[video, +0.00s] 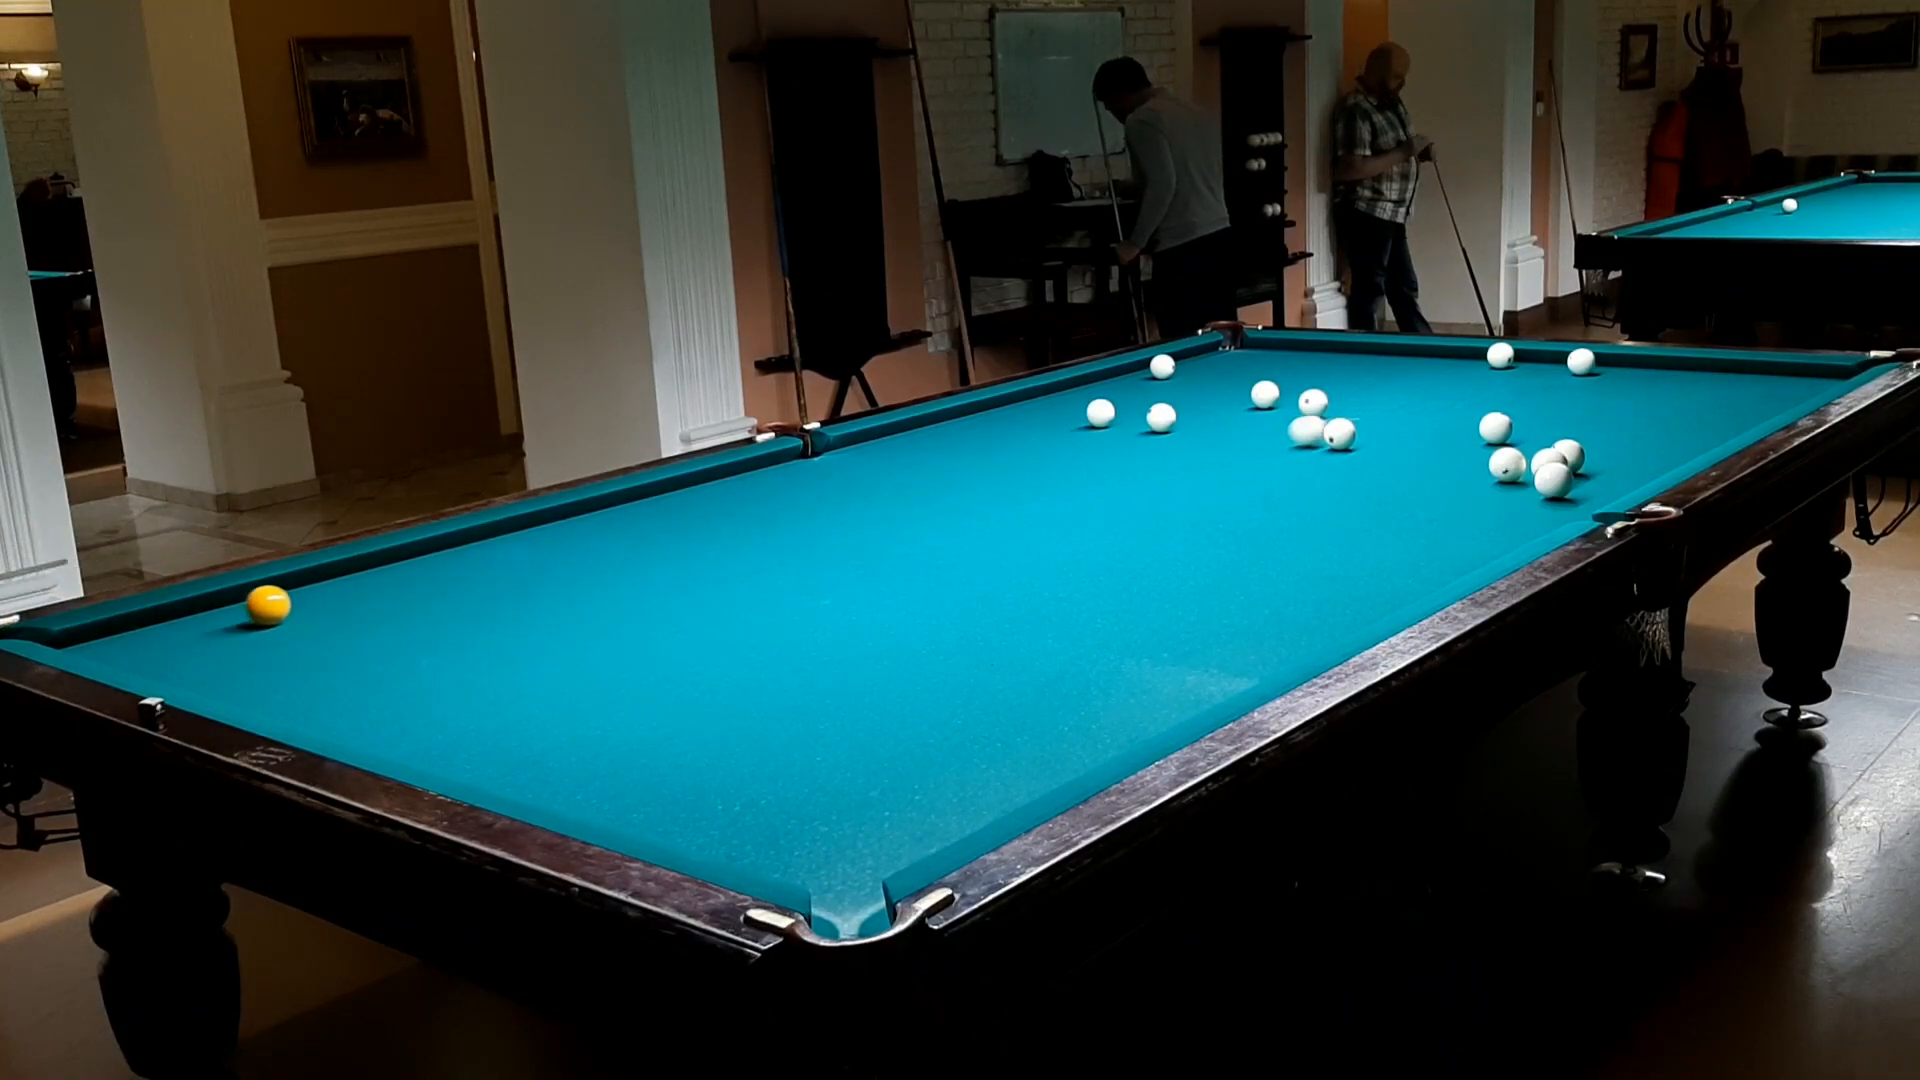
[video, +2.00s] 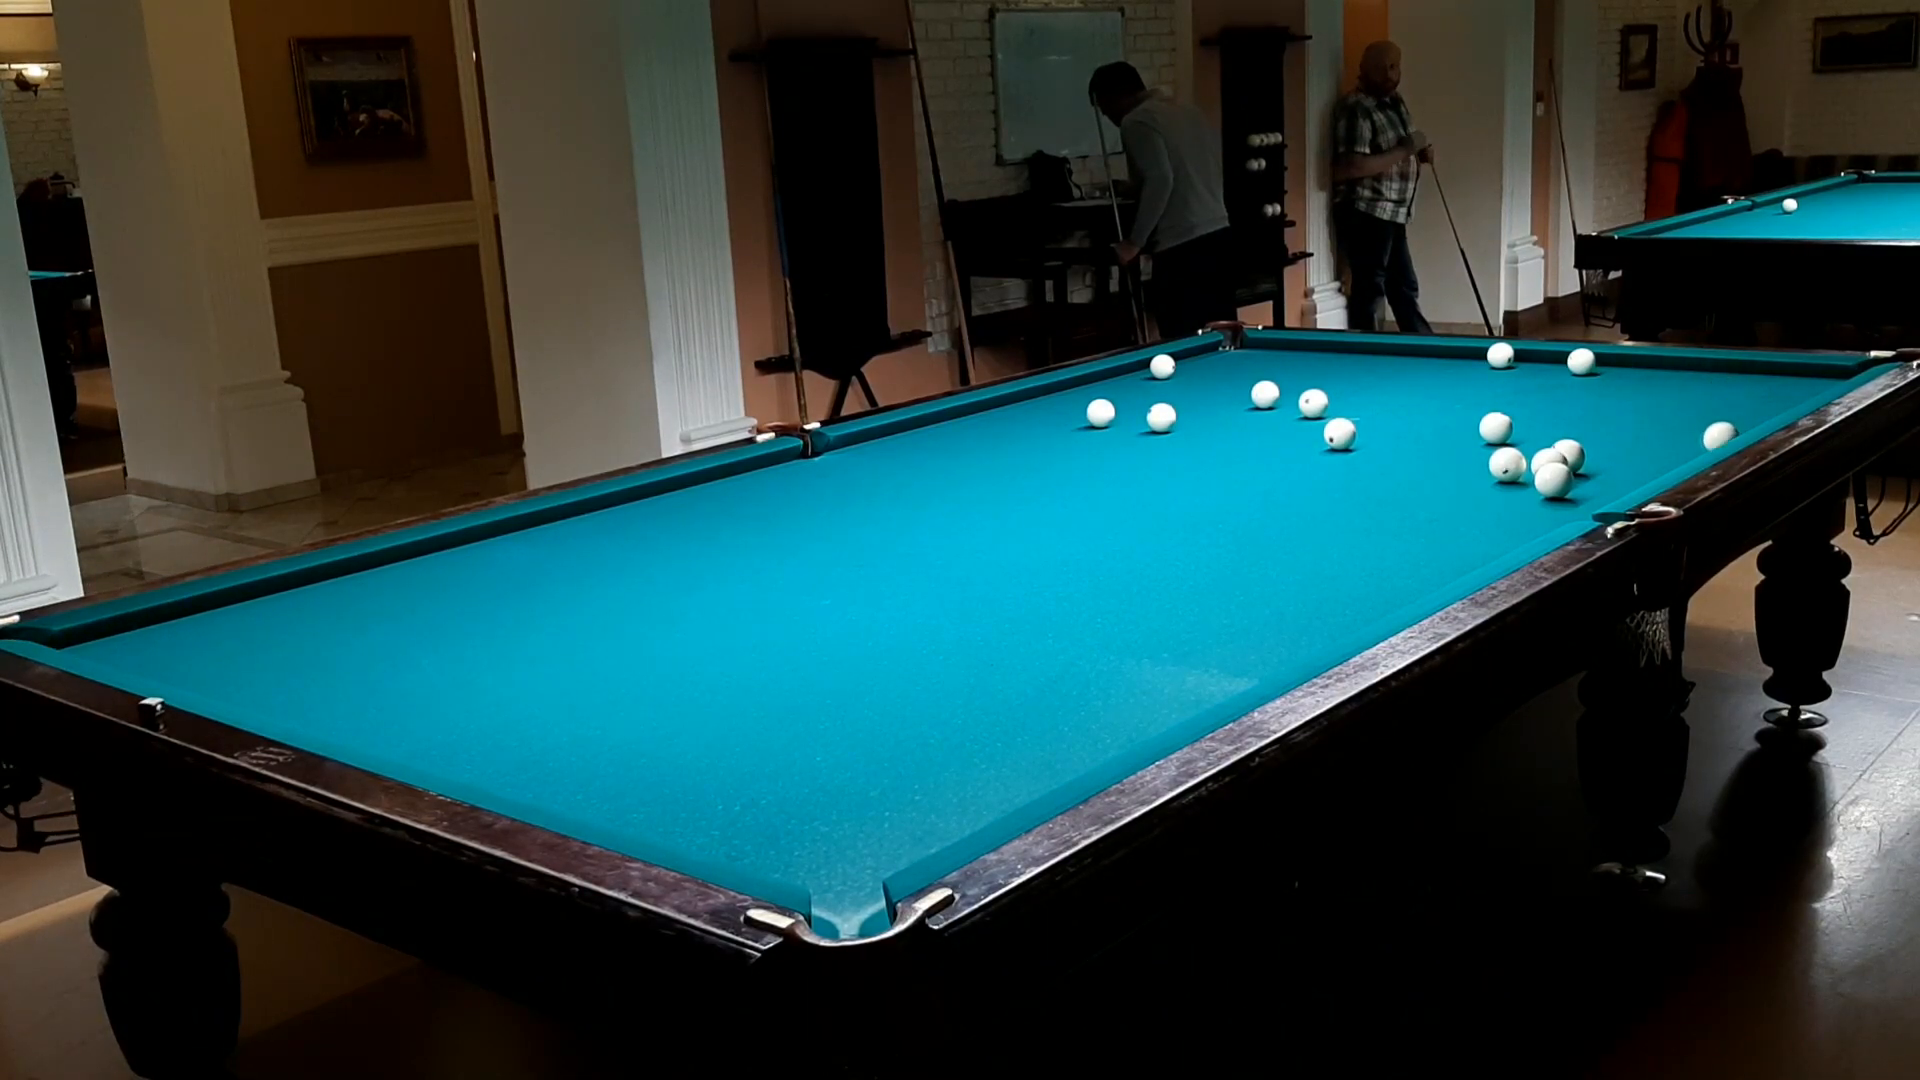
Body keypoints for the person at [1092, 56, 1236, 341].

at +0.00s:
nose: (1114, 115)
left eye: (1110, 105)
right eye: (1108, 108)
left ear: (1118, 96)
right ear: (1143, 82)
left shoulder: (1141, 122)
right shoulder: (1188, 110)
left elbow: (1161, 184)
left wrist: (1134, 243)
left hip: (1181, 249)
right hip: (1220, 238)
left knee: (1180, 343)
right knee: (1221, 333)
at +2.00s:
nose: (1107, 116)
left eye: (1104, 107)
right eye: (1102, 109)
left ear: (1113, 99)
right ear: (1138, 86)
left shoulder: (1137, 122)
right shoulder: (1183, 110)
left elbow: (1159, 180)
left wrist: (1134, 243)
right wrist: (1138, 188)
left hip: (1182, 250)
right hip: (1220, 238)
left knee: (1180, 344)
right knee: (1220, 336)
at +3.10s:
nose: (1115, 109)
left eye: (1113, 100)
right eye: (1111, 102)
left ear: (1124, 91)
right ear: (1149, 81)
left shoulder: (1142, 121)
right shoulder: (1194, 111)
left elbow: (1160, 181)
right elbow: (1216, 176)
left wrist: (1133, 243)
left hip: (1180, 251)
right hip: (1220, 240)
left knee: (1181, 344)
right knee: (1221, 336)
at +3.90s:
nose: (1116, 106)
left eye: (1114, 98)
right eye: (1112, 99)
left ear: (1123, 91)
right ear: (1151, 79)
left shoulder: (1143, 119)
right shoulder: (1195, 109)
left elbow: (1160, 182)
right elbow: (1221, 177)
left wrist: (1133, 243)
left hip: (1179, 249)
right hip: (1220, 239)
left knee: (1181, 344)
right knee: (1222, 335)